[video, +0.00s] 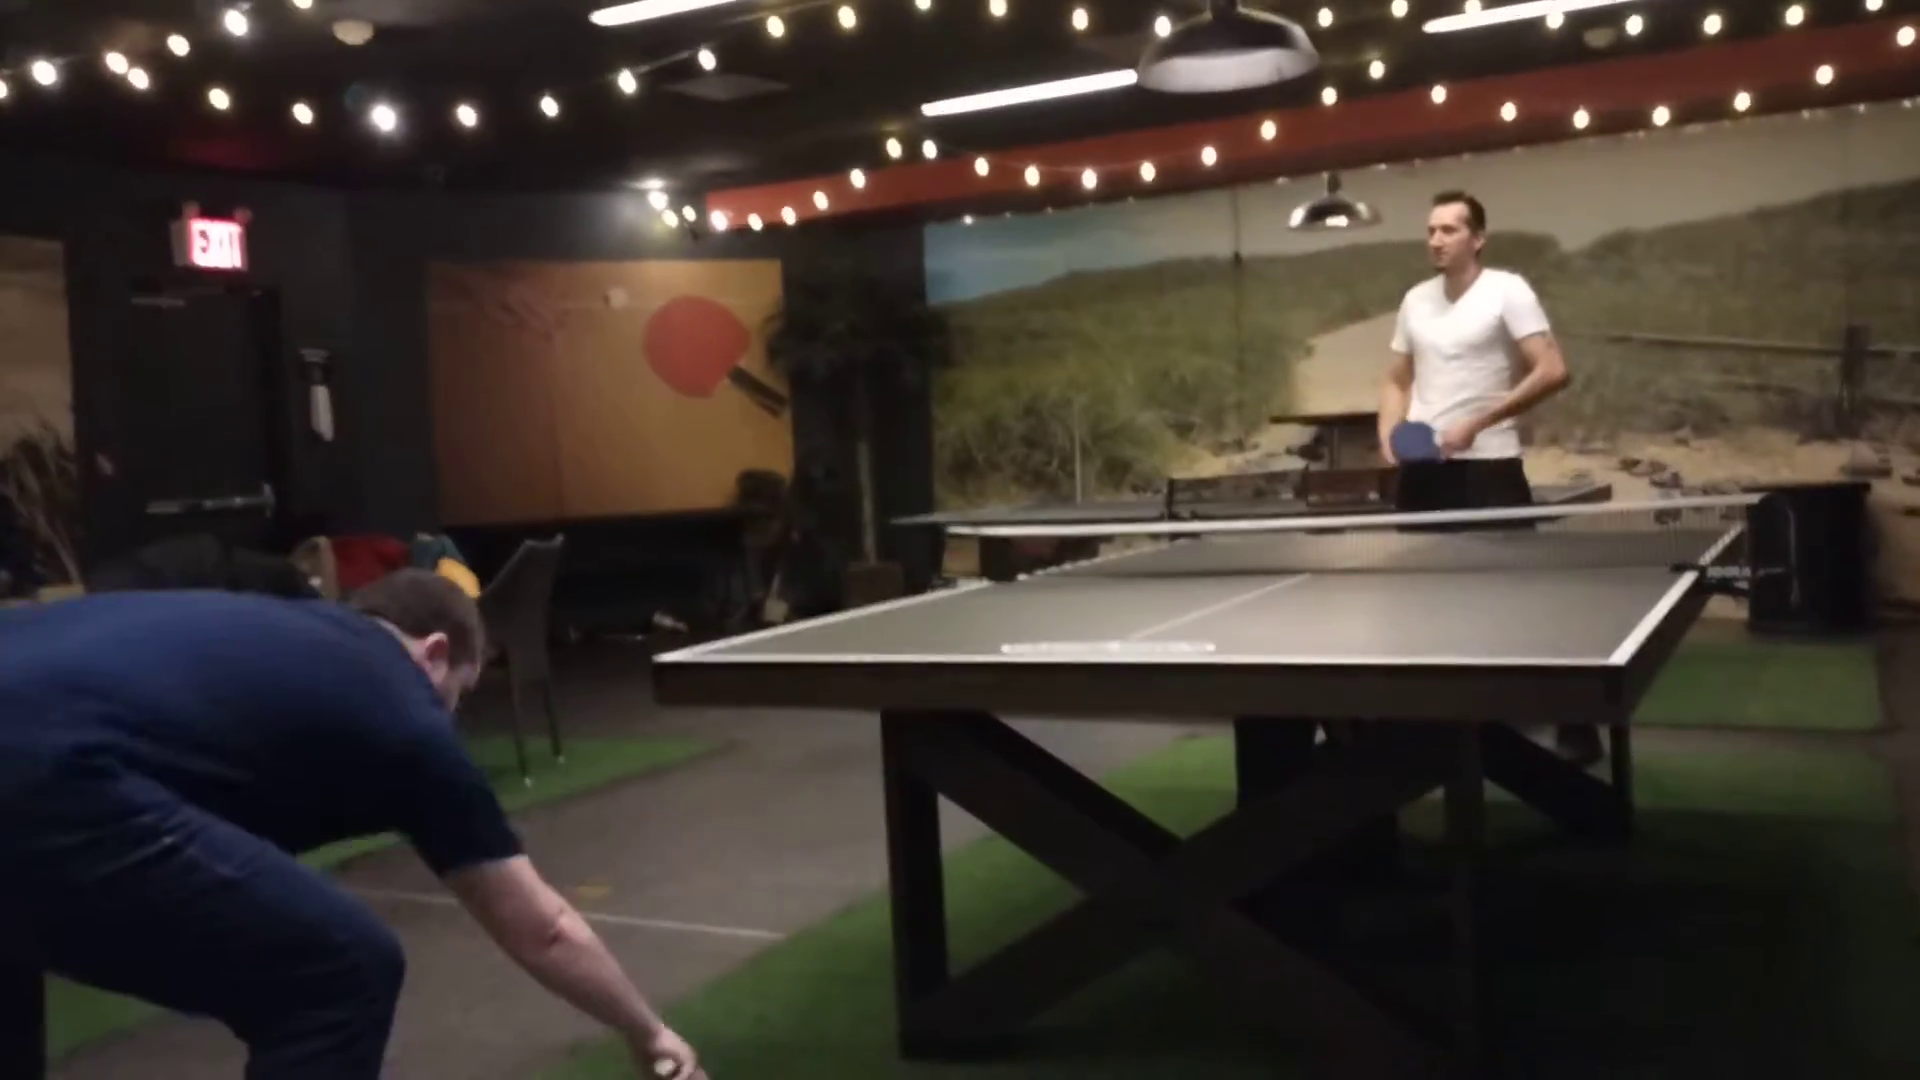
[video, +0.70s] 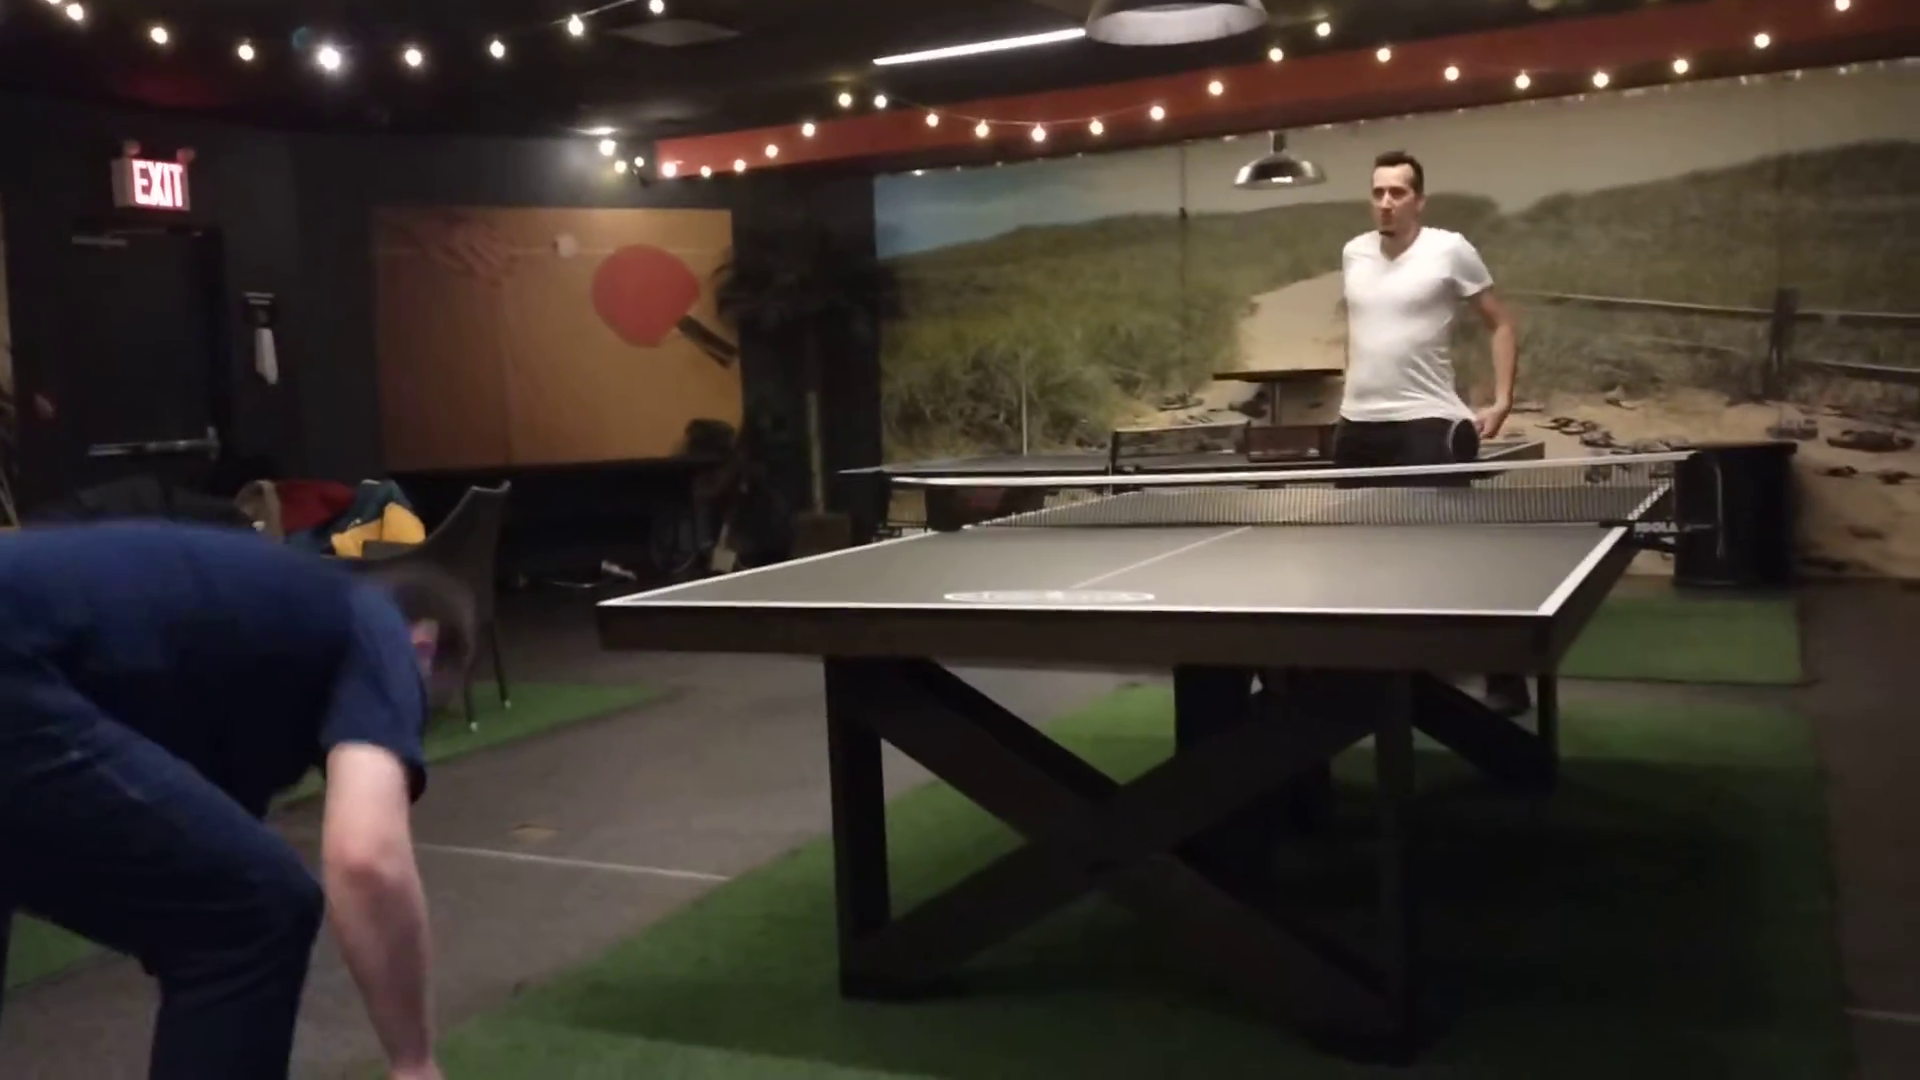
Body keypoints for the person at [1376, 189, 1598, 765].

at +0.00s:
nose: (1437, 239)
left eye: (1449, 230)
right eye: (1431, 230)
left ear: (1478, 238)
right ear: (1428, 239)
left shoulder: (1508, 291)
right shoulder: (1415, 301)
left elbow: (1553, 369)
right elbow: (1397, 380)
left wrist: (1477, 422)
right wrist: (1387, 435)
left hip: (1490, 469)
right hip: (1424, 470)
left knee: (1518, 590)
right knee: (1429, 593)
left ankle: (1572, 724)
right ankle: (1439, 729)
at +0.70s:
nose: (1385, 201)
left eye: (1397, 192)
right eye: (1378, 192)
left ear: (1420, 199)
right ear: (1370, 199)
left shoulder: (1450, 250)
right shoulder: (1355, 253)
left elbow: (1501, 323)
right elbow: (1360, 331)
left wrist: (1501, 403)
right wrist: (1352, 398)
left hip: (1430, 427)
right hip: (1360, 429)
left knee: (1446, 552)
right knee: (1357, 554)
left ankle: (1500, 678)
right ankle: (1364, 682)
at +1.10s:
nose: (1377, 168)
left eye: (1388, 159)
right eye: (1369, 159)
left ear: (1410, 168)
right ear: (1360, 168)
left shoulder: (1436, 225)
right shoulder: (1341, 230)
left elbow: (1468, 310)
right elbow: (1303, 299)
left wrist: (1420, 378)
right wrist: (1284, 340)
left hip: (1414, 401)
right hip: (1344, 402)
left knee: (1443, 519)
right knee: (1341, 521)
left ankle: (1484, 648)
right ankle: (1343, 652)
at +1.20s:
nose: (1372, 165)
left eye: (1383, 155)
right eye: (1364, 156)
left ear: (1405, 163)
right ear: (1354, 164)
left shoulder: (1433, 219)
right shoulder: (1337, 224)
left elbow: (1466, 303)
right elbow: (1290, 309)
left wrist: (1408, 351)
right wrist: (1302, 276)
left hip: (1411, 394)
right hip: (1343, 394)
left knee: (1437, 512)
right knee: (1340, 514)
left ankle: (1479, 644)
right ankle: (1343, 647)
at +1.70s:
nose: (1355, 165)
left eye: (1366, 155)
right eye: (1348, 155)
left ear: (1389, 155)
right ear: (1339, 157)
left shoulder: (1421, 208)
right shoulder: (1324, 205)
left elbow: (1449, 295)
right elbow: (1281, 269)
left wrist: (1381, 316)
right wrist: (1317, 191)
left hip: (1395, 378)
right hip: (1326, 378)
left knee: (1420, 497)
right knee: (1325, 500)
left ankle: (1458, 625)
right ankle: (1329, 631)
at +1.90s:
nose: (1346, 176)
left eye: (1355, 166)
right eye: (1340, 166)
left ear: (1373, 164)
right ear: (1329, 164)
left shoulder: (1410, 213)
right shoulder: (1318, 208)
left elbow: (1433, 304)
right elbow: (1274, 278)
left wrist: (1367, 337)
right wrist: (1305, 200)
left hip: (1379, 390)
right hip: (1312, 390)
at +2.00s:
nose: (1335, 246)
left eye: (1345, 235)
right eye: (1327, 235)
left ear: (1364, 233)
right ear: (1317, 235)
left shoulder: (1397, 287)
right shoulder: (1304, 278)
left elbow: (1421, 373)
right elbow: (1260, 350)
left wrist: (1358, 406)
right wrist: (1289, 272)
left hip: (1368, 454)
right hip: (1303, 453)